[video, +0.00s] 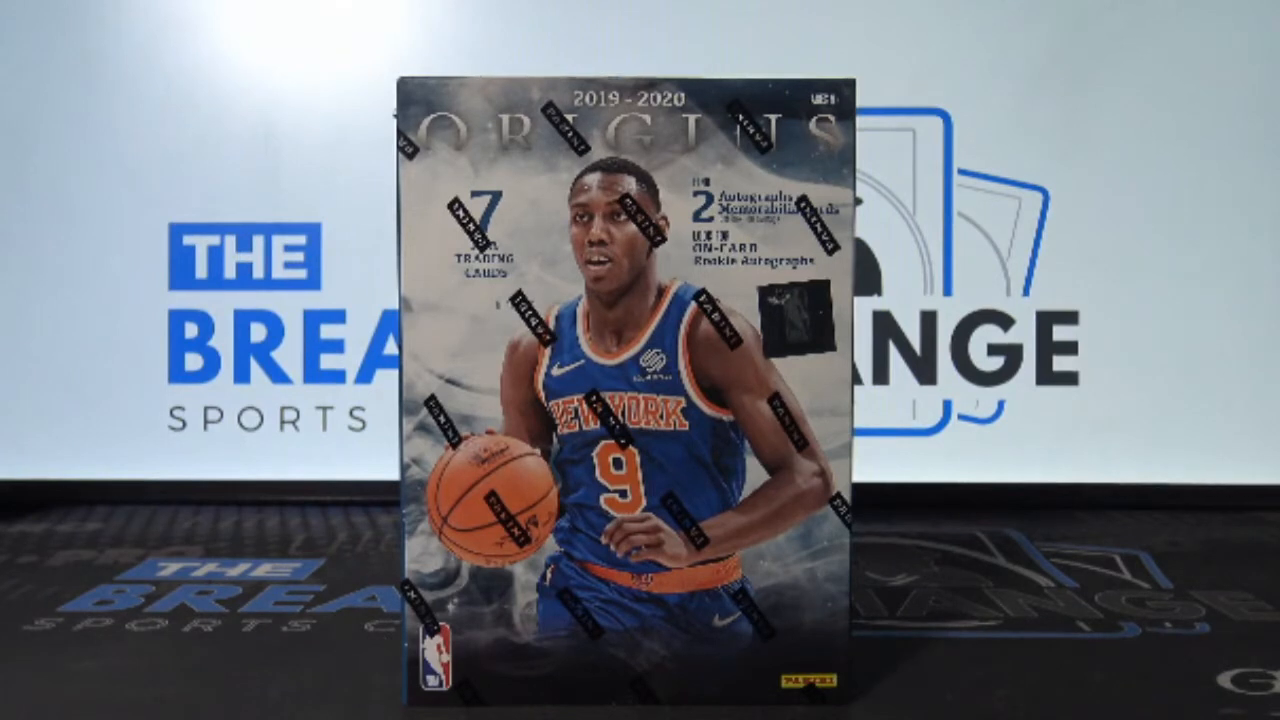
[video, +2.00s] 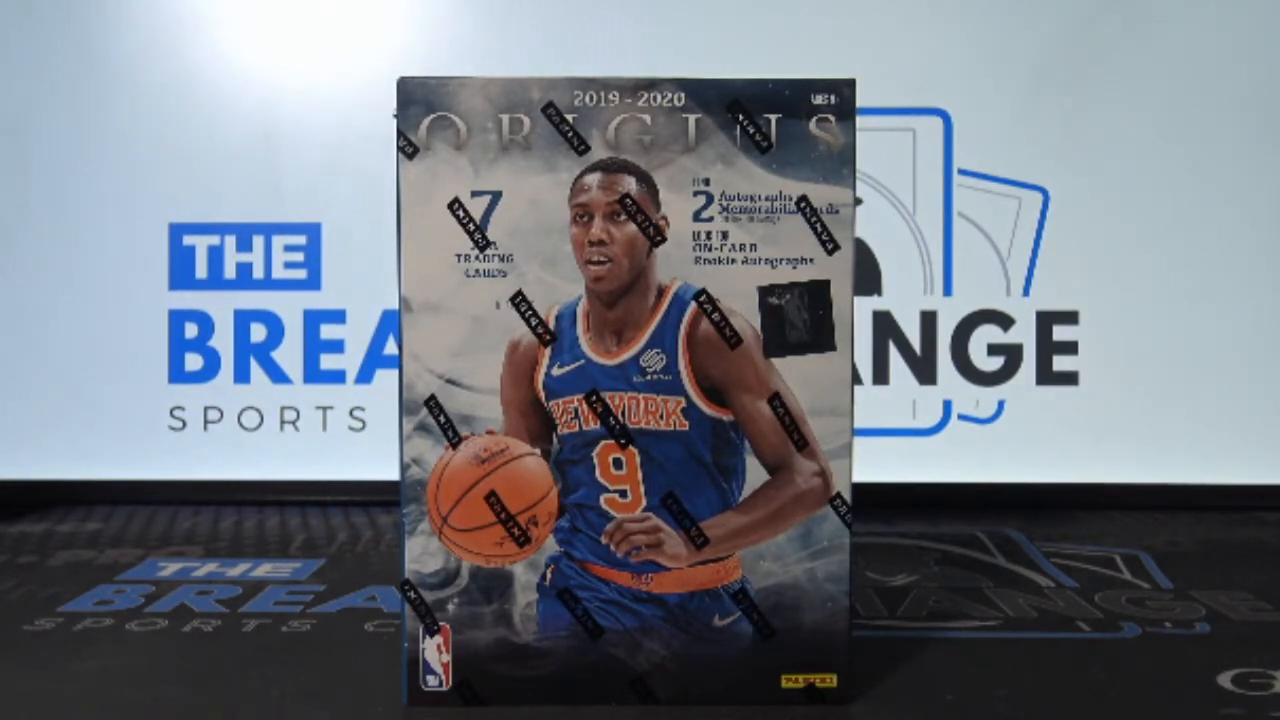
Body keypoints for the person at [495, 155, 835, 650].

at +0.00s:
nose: (595, 234)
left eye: (617, 216)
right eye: (582, 218)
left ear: (657, 230)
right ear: (570, 231)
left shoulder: (712, 334)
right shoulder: (534, 352)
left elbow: (809, 476)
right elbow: (525, 486)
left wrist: (694, 544)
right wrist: (479, 469)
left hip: (697, 613)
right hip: (583, 606)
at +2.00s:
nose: (595, 235)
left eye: (617, 216)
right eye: (582, 218)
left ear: (657, 230)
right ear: (570, 232)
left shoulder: (712, 334)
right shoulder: (534, 353)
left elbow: (809, 476)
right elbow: (525, 488)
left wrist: (695, 543)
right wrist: (475, 473)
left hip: (697, 612)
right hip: (582, 605)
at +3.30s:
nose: (595, 234)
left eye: (617, 216)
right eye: (582, 218)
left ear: (657, 230)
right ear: (569, 232)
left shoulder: (712, 334)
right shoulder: (534, 352)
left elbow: (810, 476)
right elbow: (529, 489)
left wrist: (696, 542)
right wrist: (484, 468)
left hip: (699, 612)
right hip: (584, 606)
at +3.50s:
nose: (595, 235)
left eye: (617, 216)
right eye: (582, 218)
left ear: (657, 230)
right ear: (570, 232)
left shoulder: (712, 334)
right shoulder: (534, 352)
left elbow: (809, 476)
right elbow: (529, 488)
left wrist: (696, 542)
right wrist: (480, 472)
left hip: (698, 614)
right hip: (583, 606)